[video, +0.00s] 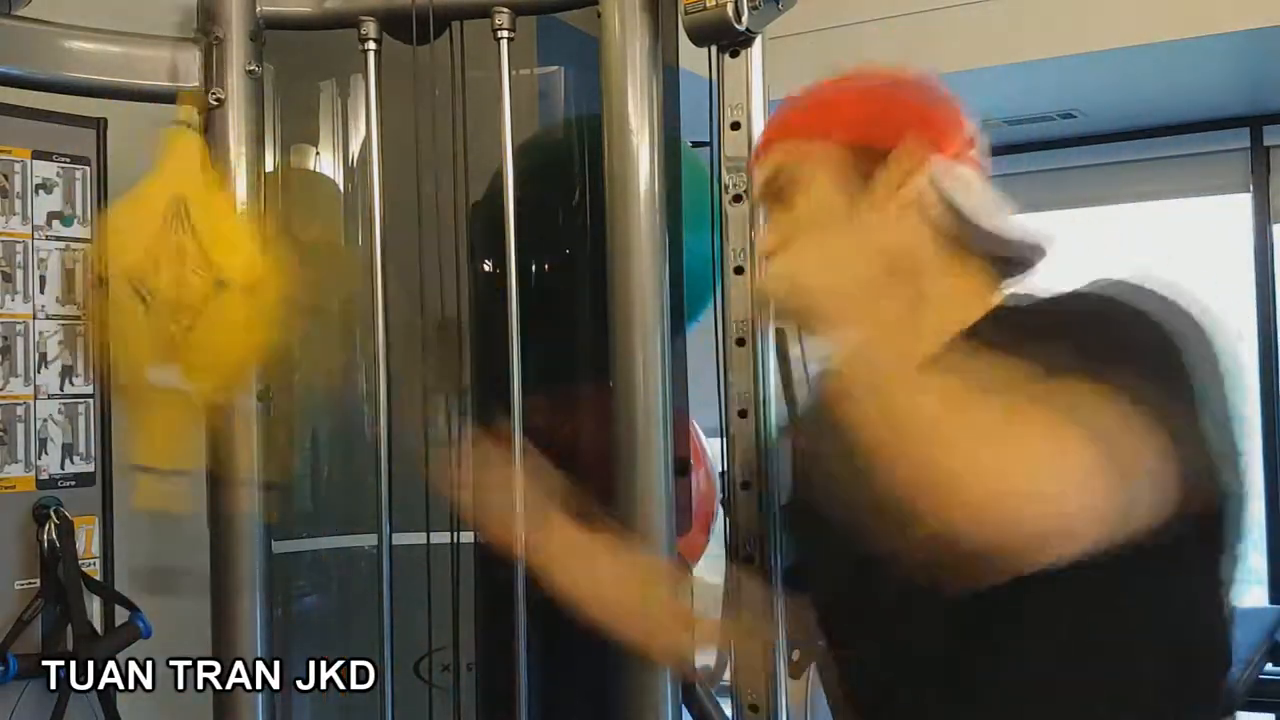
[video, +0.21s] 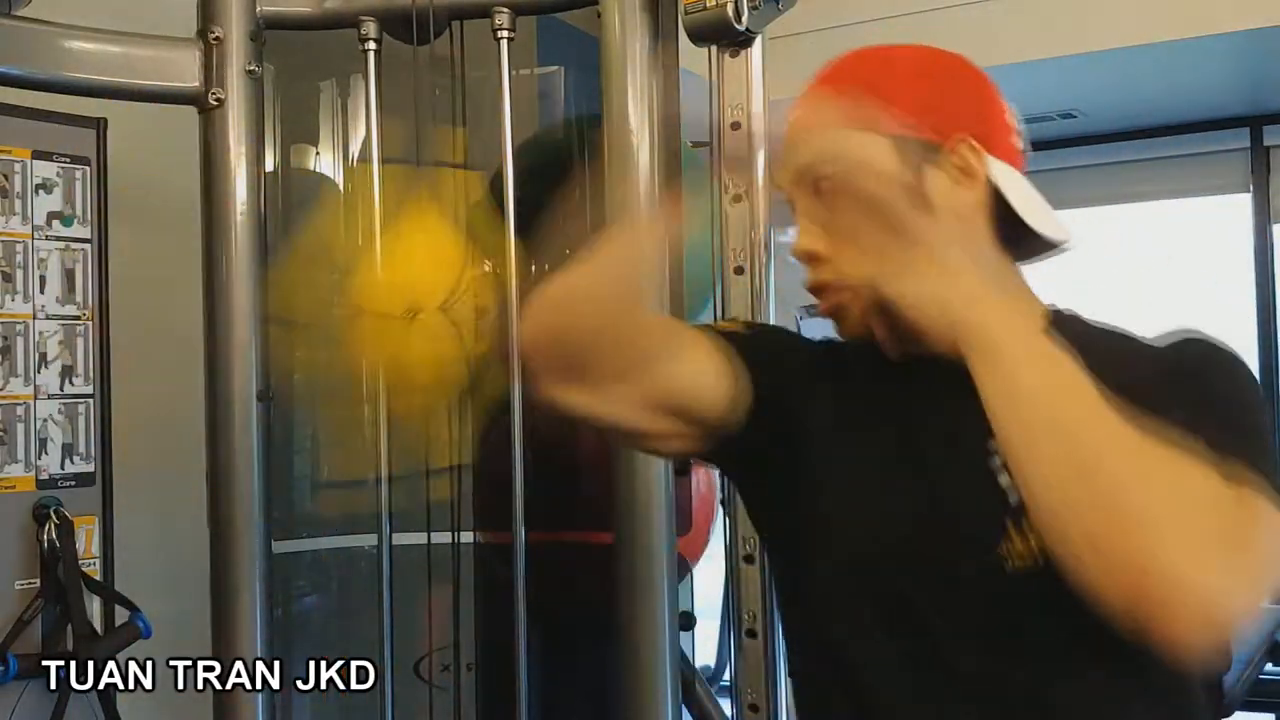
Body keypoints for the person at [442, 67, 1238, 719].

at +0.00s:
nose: (755, 248)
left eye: (779, 199)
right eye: (756, 214)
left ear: (903, 183)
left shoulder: (1119, 344)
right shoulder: (831, 448)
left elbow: (1008, 500)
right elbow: (776, 650)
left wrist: (855, 341)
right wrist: (546, 533)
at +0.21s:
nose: (800, 244)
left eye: (828, 196)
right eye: (791, 209)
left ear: (956, 181)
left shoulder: (1182, 384)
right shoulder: (801, 395)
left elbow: (1203, 614)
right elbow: (558, 347)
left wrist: (984, 308)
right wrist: (686, 199)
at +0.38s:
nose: (817, 250)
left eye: (844, 206)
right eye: (816, 213)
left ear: (974, 208)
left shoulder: (1201, 415)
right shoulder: (832, 401)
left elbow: (1128, 672)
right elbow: (567, 351)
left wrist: (956, 371)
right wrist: (831, 290)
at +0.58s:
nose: (792, 247)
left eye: (795, 205)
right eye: (787, 208)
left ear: (879, 198)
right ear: (884, 199)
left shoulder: (1060, 407)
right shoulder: (944, 359)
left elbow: (797, 680)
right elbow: (781, 387)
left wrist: (783, 385)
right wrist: (585, 361)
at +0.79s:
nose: (755, 278)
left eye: (758, 242)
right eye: (752, 246)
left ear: (836, 245)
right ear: (939, 235)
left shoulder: (919, 474)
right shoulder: (1073, 403)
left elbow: (674, 697)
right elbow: (1144, 418)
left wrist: (704, 428)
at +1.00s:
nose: (774, 261)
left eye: (795, 216)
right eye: (777, 217)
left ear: (918, 222)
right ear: (917, 227)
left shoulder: (1129, 454)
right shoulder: (904, 381)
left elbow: (971, 703)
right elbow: (773, 325)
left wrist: (838, 448)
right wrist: (647, 281)